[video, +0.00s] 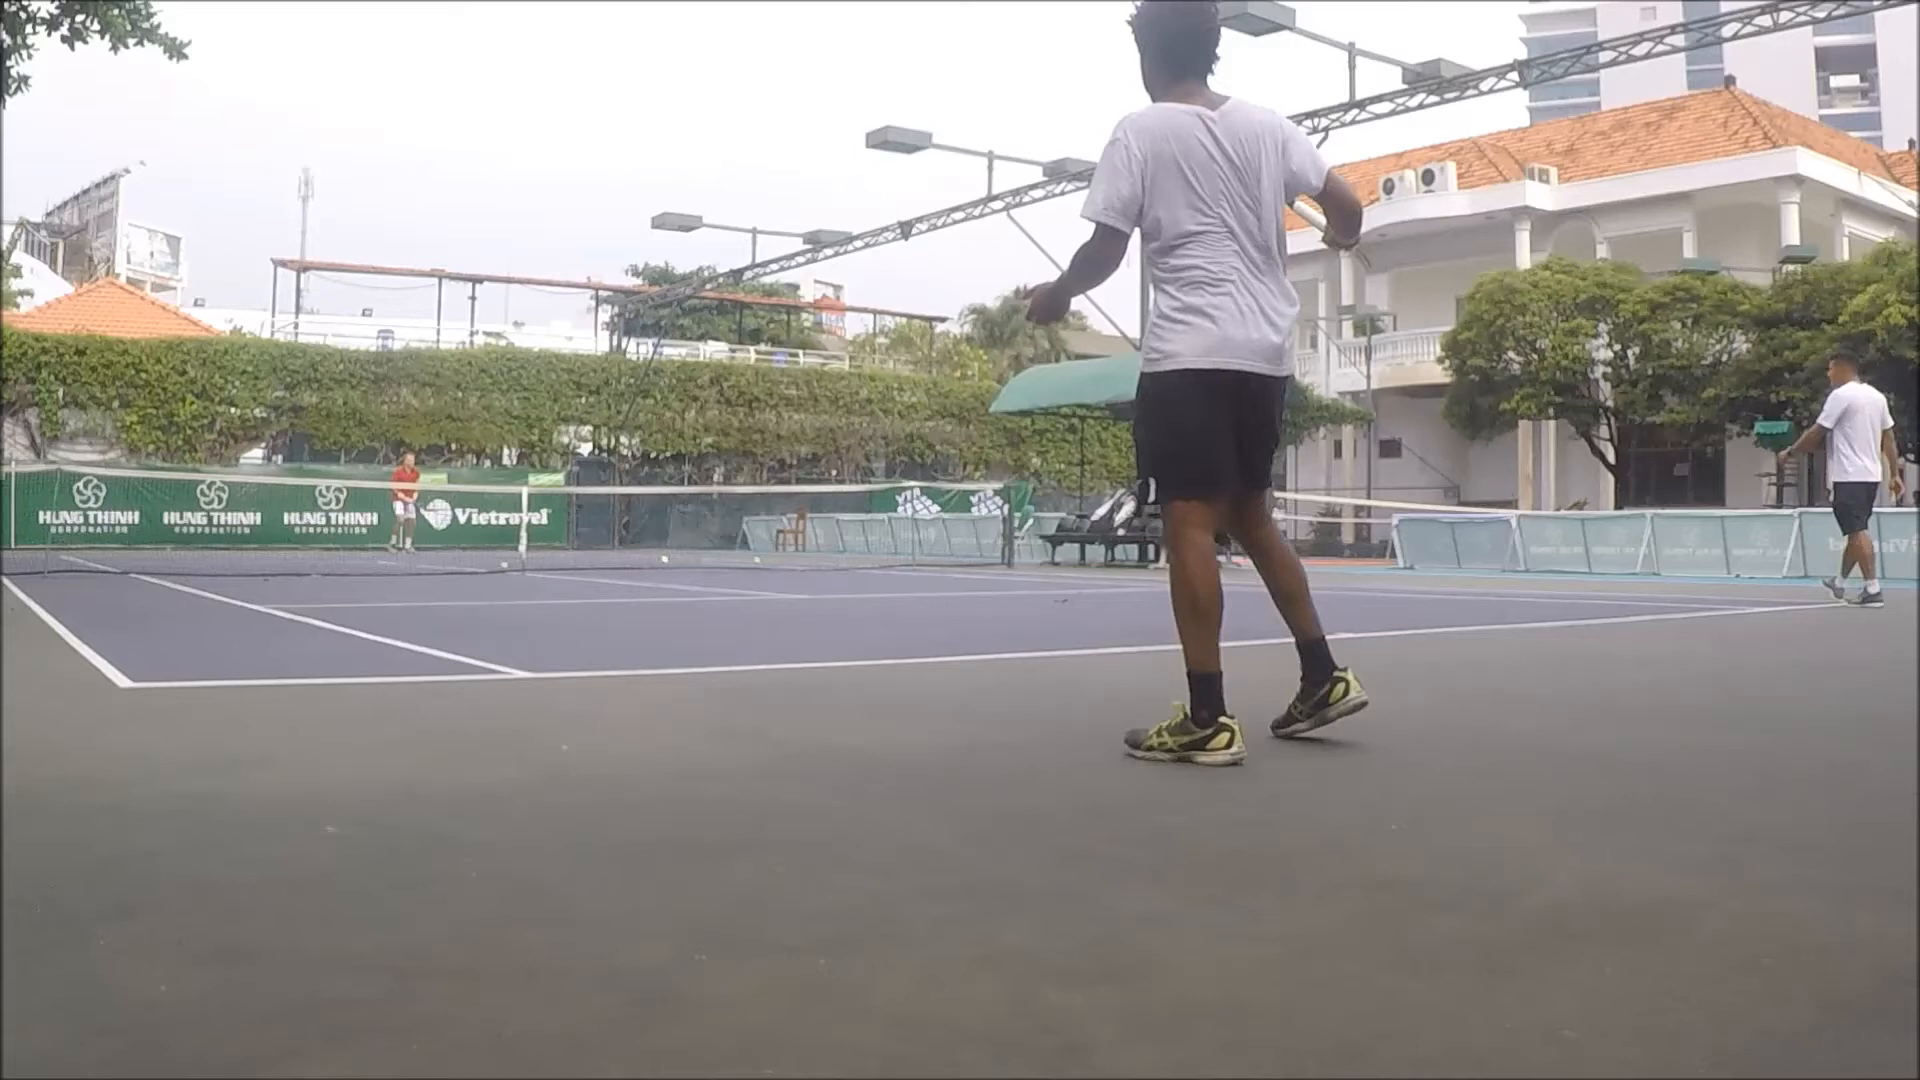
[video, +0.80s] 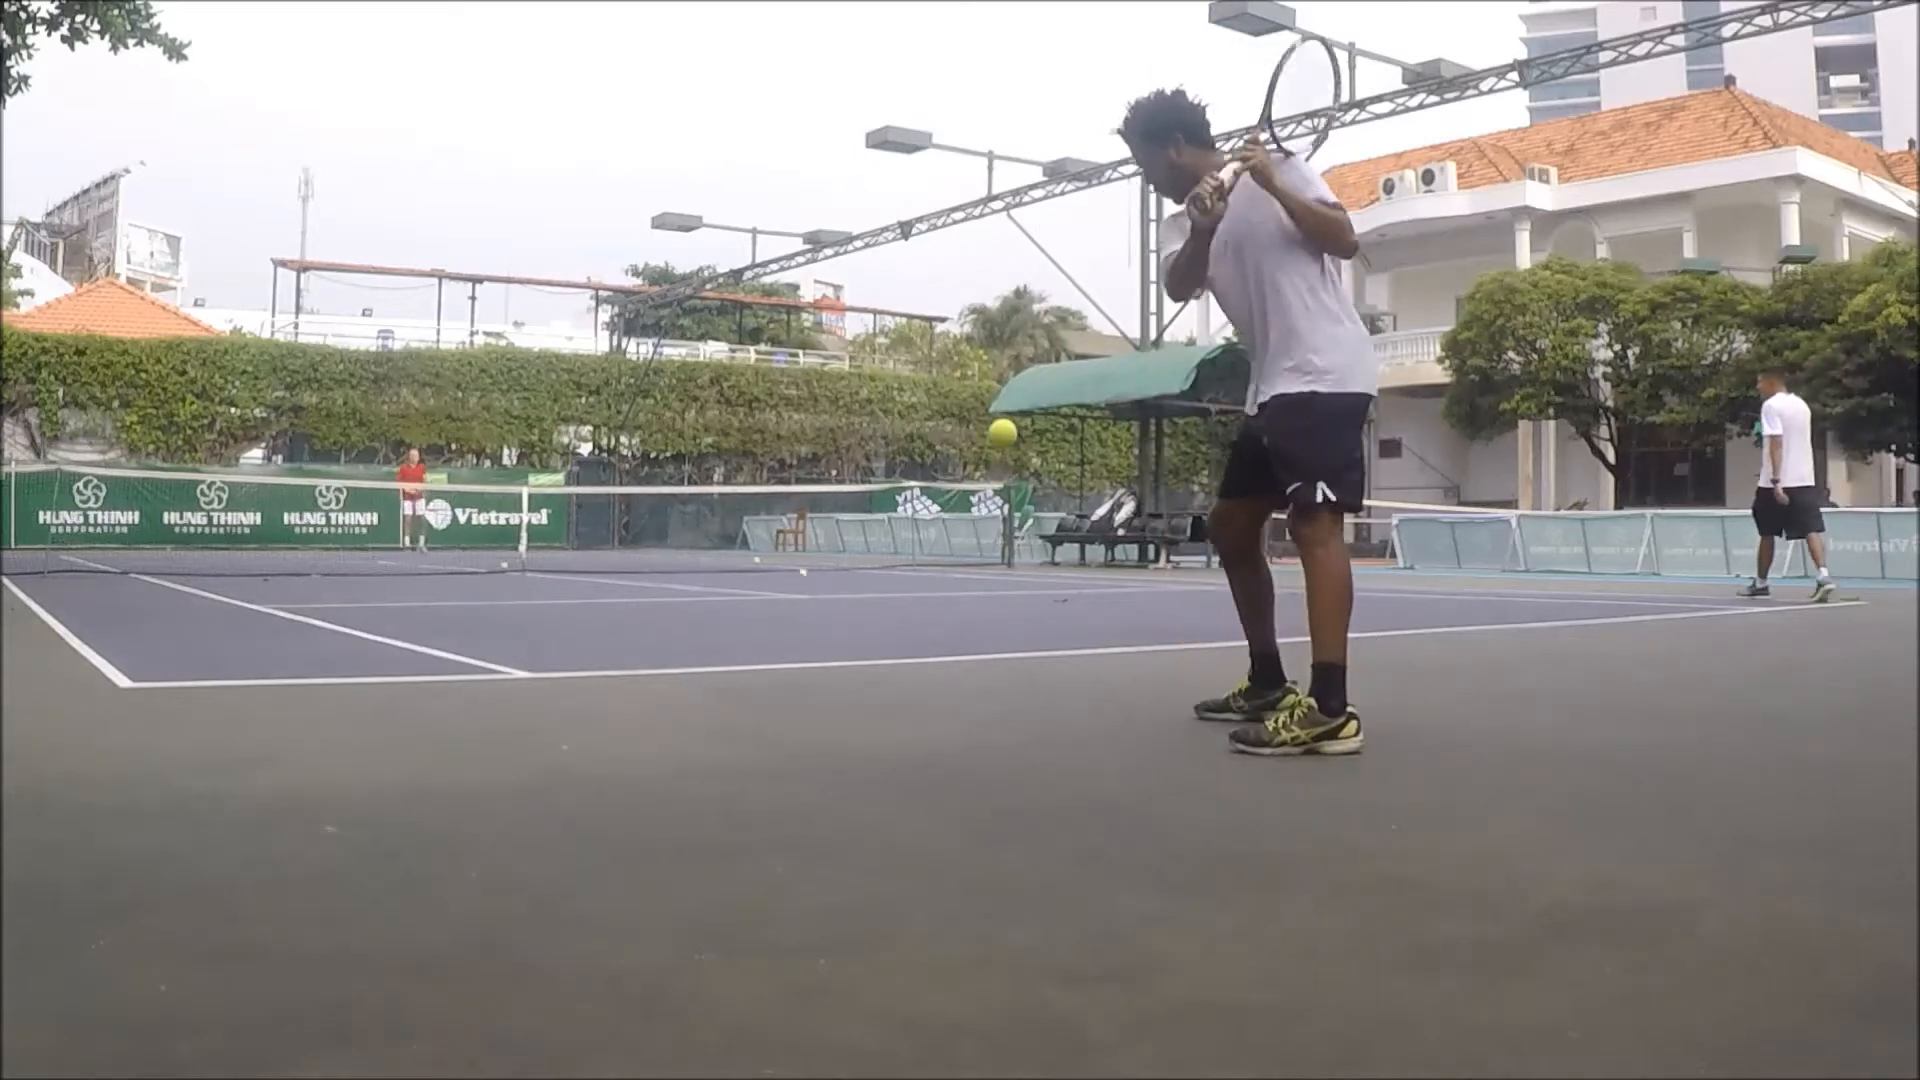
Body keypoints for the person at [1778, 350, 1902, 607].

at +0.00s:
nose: (1828, 374)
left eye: (1831, 369)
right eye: (1829, 369)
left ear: (1843, 370)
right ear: (1852, 370)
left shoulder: (1840, 395)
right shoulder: (1878, 396)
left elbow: (1816, 432)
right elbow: (1888, 439)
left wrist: (1790, 451)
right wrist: (1894, 474)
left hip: (1848, 477)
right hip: (1871, 476)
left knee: (1857, 532)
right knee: (1855, 533)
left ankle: (1872, 588)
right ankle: (1839, 583)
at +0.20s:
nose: (1817, 379)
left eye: (1820, 373)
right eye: (1817, 374)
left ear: (1832, 373)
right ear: (1839, 374)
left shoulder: (1826, 398)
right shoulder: (1864, 403)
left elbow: (1806, 435)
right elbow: (1871, 445)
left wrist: (1779, 451)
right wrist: (1878, 481)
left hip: (1831, 479)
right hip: (1856, 479)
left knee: (1839, 532)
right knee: (1839, 533)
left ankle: (1865, 580)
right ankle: (1828, 584)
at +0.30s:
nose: (1810, 376)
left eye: (1812, 372)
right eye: (1810, 372)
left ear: (1824, 373)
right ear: (1833, 374)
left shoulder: (1817, 397)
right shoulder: (1856, 402)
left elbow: (1803, 436)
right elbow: (1860, 443)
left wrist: (1782, 462)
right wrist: (1859, 479)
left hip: (1820, 479)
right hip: (1847, 479)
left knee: (1815, 526)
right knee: (1833, 530)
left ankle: (1849, 565)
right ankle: (1829, 583)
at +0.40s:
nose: (1802, 376)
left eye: (1804, 371)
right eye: (1802, 371)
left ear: (1816, 372)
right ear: (1825, 374)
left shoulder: (1811, 397)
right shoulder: (1846, 400)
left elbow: (1802, 436)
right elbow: (1849, 437)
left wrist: (1789, 470)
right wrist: (1837, 464)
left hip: (1812, 474)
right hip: (1839, 475)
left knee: (1798, 524)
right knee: (1831, 531)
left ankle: (1827, 561)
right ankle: (1829, 587)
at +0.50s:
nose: (1793, 379)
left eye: (1795, 374)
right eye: (1794, 374)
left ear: (1805, 375)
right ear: (1816, 376)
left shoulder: (1803, 398)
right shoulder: (1837, 400)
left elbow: (1801, 438)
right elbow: (1838, 437)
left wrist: (1794, 474)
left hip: (1806, 475)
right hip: (1833, 476)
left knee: (1787, 523)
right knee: (1830, 533)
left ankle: (1804, 573)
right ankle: (1828, 584)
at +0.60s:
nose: (1783, 385)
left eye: (1784, 379)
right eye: (1783, 380)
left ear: (1795, 378)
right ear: (1805, 380)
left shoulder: (1793, 400)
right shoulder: (1827, 401)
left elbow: (1797, 437)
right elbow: (1827, 440)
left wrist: (1796, 476)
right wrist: (1824, 471)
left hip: (1797, 478)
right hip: (1825, 478)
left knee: (1779, 527)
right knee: (1827, 532)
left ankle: (1777, 580)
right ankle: (1828, 584)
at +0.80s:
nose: (1758, 387)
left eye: (1760, 382)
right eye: (1758, 383)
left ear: (1772, 383)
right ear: (1779, 383)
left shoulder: (1770, 406)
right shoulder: (1802, 405)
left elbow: (1775, 442)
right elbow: (1803, 444)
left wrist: (1776, 480)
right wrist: (1800, 477)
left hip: (1774, 484)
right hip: (1803, 483)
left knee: (1766, 535)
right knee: (1811, 532)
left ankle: (1761, 582)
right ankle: (1824, 577)